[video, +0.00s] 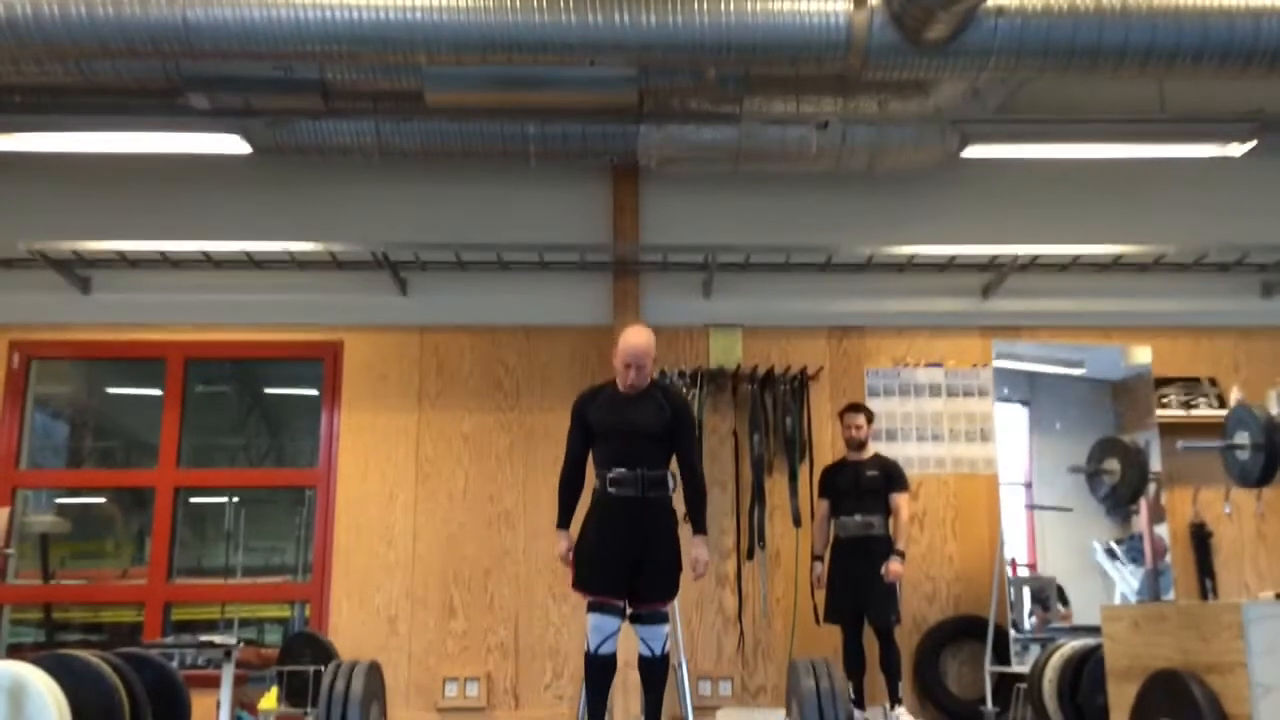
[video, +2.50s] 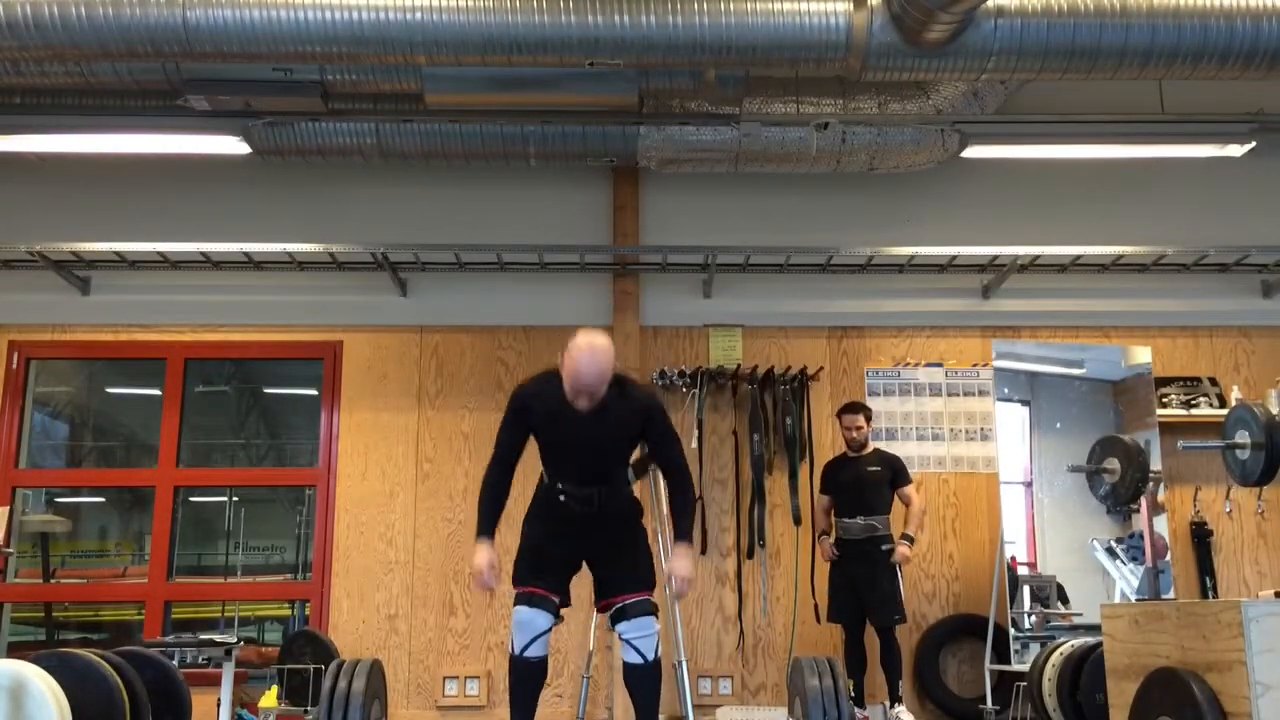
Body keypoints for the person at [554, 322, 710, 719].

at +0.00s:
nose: (632, 374)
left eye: (641, 366)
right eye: (626, 365)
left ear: (654, 363)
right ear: (614, 359)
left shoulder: (673, 405)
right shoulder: (591, 404)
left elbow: (691, 471)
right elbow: (574, 469)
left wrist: (699, 536)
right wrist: (563, 529)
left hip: (656, 530)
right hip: (605, 528)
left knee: (654, 633)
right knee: (601, 631)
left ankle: (653, 715)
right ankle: (596, 714)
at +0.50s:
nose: (625, 378)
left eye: (635, 370)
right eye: (620, 368)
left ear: (652, 364)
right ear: (611, 360)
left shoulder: (674, 404)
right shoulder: (594, 402)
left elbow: (697, 465)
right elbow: (577, 462)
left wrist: (709, 522)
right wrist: (552, 510)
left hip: (654, 524)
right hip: (603, 520)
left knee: (651, 628)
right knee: (581, 616)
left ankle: (652, 714)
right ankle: (573, 713)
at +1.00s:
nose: (580, 359)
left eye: (587, 350)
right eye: (571, 351)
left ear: (596, 343)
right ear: (556, 346)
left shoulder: (625, 384)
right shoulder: (534, 391)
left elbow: (652, 447)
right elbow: (512, 457)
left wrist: (667, 508)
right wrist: (493, 518)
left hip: (614, 515)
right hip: (559, 515)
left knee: (643, 620)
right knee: (552, 625)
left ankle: (632, 706)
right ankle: (543, 716)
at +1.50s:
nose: (594, 350)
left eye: (604, 342)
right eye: (586, 341)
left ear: (619, 332)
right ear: (574, 328)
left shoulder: (644, 377)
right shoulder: (548, 373)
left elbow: (670, 442)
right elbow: (516, 431)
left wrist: (687, 502)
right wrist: (485, 484)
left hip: (619, 511)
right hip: (560, 509)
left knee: (637, 627)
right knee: (541, 627)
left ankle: (646, 718)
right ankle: (539, 718)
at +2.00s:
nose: (589, 348)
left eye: (600, 340)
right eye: (582, 337)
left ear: (616, 328)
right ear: (567, 317)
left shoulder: (638, 369)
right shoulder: (534, 362)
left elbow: (669, 436)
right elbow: (504, 431)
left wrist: (690, 498)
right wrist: (482, 499)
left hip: (612, 505)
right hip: (549, 503)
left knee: (641, 625)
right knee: (531, 626)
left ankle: (646, 718)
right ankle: (517, 718)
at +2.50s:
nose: (583, 401)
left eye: (593, 393)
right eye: (576, 391)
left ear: (611, 376)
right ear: (562, 365)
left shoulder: (640, 404)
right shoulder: (532, 398)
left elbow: (677, 473)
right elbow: (501, 466)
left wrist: (683, 545)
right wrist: (484, 540)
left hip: (617, 518)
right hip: (553, 515)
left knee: (640, 629)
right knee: (530, 624)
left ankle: (648, 716)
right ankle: (521, 716)